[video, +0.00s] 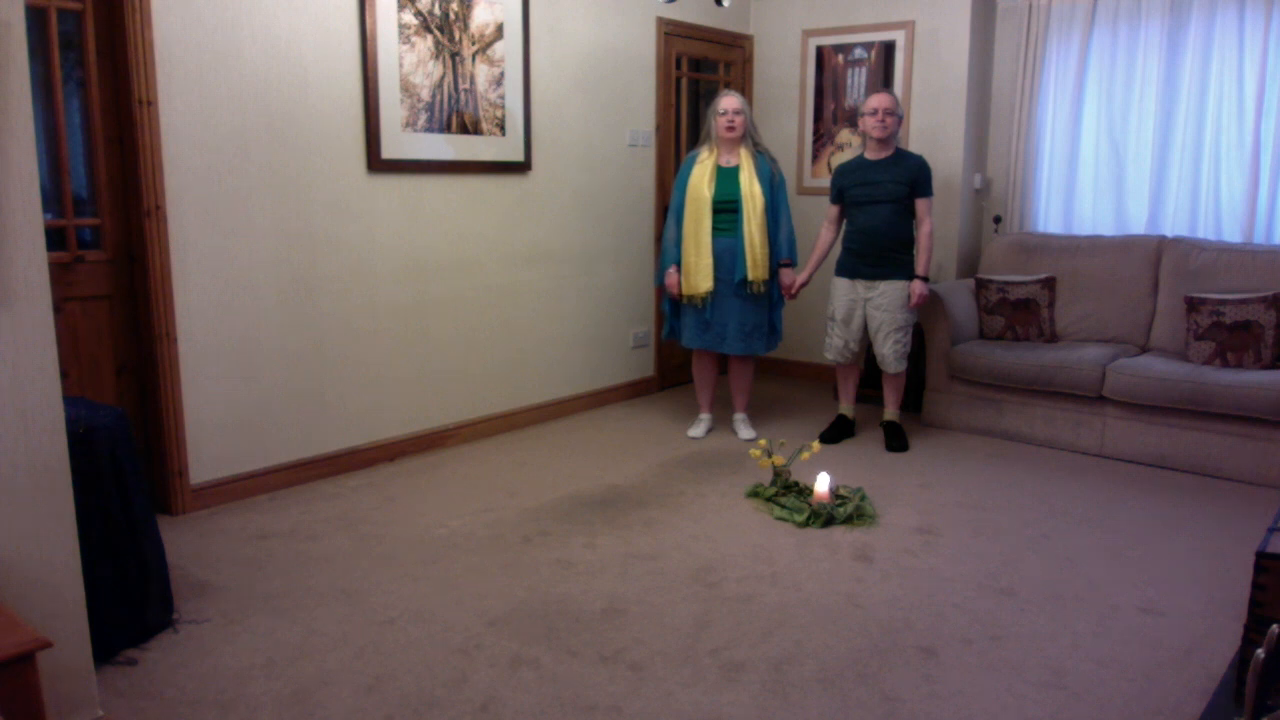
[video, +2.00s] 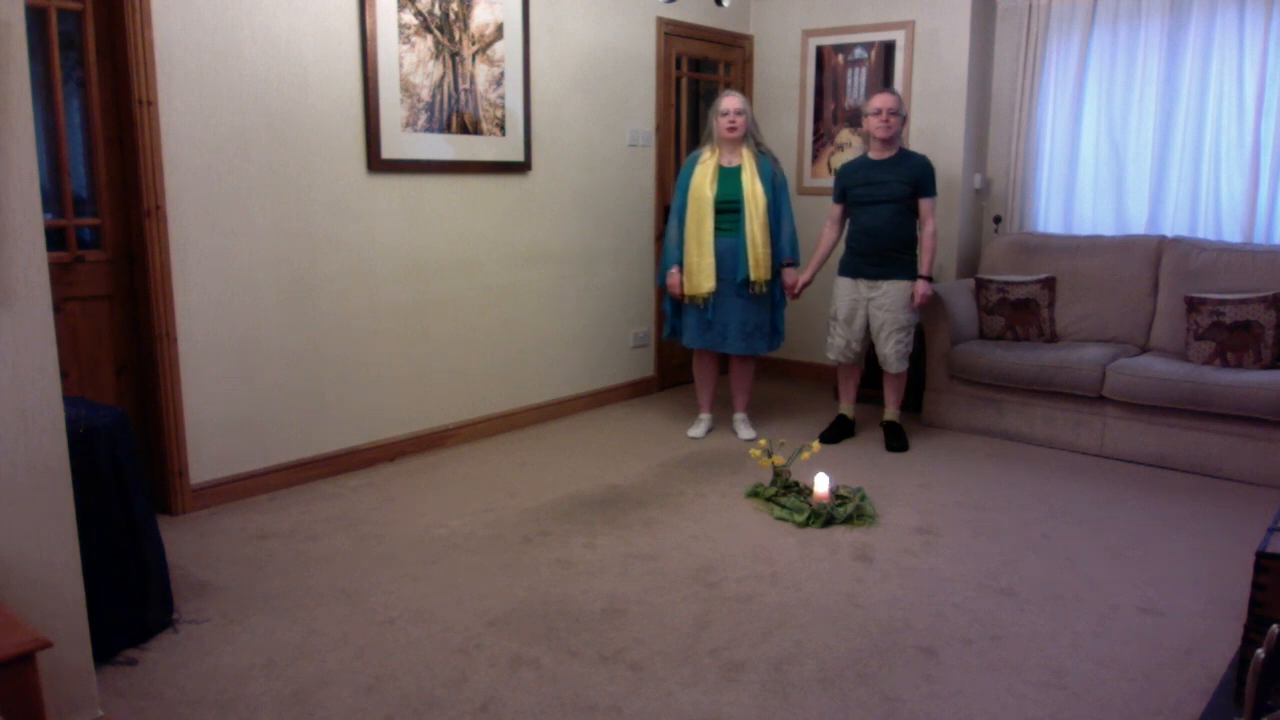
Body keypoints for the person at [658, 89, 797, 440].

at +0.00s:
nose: (730, 119)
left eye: (737, 113)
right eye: (723, 113)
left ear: (747, 119)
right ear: (712, 120)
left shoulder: (764, 164)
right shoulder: (694, 163)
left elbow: (780, 216)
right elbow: (675, 217)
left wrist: (785, 264)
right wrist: (671, 265)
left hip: (750, 268)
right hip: (701, 268)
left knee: (743, 344)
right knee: (703, 343)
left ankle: (741, 414)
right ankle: (705, 413)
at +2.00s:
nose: (732, 119)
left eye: (739, 114)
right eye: (725, 114)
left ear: (749, 119)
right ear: (714, 120)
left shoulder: (765, 164)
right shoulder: (695, 164)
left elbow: (782, 216)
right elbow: (677, 218)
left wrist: (788, 264)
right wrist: (673, 266)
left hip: (751, 268)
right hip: (703, 269)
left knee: (744, 344)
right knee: (704, 343)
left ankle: (740, 414)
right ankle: (704, 413)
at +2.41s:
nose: (733, 120)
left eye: (741, 114)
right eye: (726, 114)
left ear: (751, 119)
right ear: (716, 120)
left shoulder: (768, 164)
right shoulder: (698, 164)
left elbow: (785, 216)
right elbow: (680, 218)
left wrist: (790, 265)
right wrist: (674, 266)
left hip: (754, 269)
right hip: (705, 270)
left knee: (746, 346)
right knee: (705, 344)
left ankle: (740, 414)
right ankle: (704, 413)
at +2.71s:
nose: (733, 121)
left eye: (740, 115)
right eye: (726, 116)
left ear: (751, 121)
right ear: (716, 122)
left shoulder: (768, 165)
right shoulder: (698, 164)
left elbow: (786, 218)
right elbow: (680, 219)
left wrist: (793, 267)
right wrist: (671, 267)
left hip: (752, 273)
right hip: (702, 273)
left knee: (747, 346)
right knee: (698, 343)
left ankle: (741, 414)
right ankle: (700, 408)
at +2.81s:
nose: (730, 122)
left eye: (737, 115)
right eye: (722, 116)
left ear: (748, 121)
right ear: (712, 122)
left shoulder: (765, 165)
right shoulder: (695, 163)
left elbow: (784, 218)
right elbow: (677, 218)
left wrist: (793, 267)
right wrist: (666, 267)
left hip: (750, 275)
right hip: (698, 273)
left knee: (746, 349)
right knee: (690, 344)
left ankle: (741, 414)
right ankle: (685, 408)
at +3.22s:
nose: (692, 123)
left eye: (699, 116)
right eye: (685, 117)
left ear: (710, 122)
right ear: (674, 124)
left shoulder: (728, 168)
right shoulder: (655, 168)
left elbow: (748, 222)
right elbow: (637, 224)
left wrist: (762, 269)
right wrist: (626, 270)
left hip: (715, 274)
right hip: (660, 274)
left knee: (725, 348)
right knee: (656, 349)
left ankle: (736, 413)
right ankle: (658, 415)